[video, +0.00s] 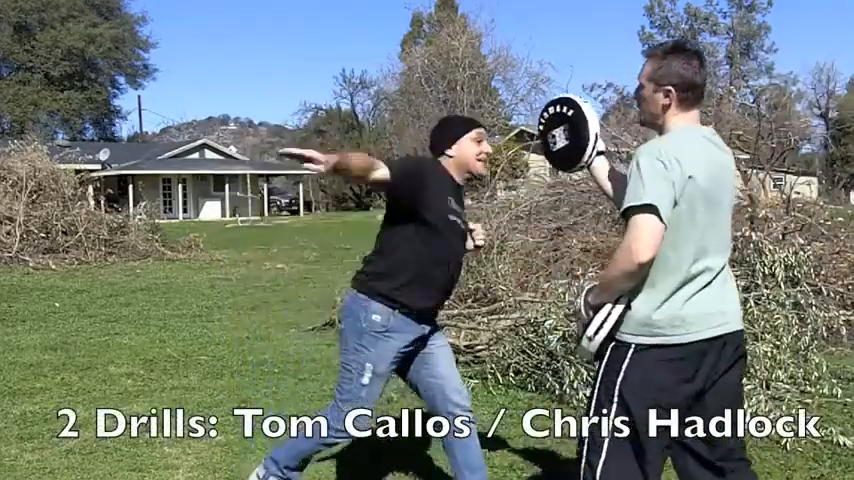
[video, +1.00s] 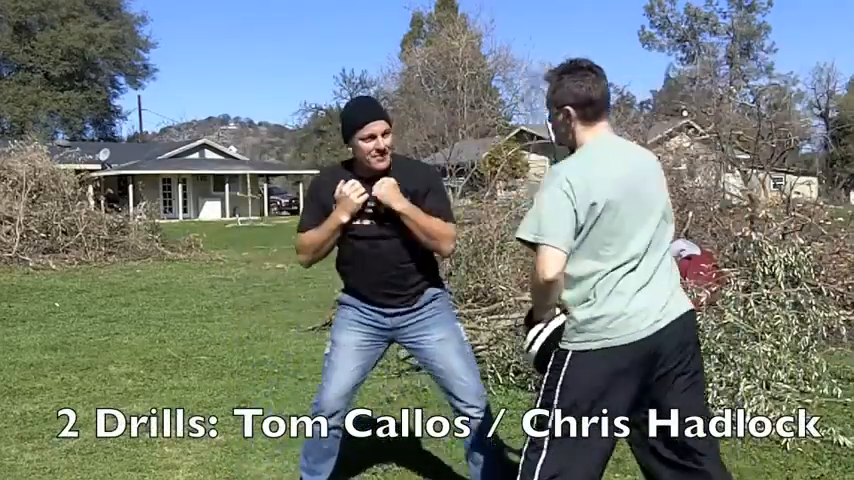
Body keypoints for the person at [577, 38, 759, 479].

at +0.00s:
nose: (635, 96)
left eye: (641, 86)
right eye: (638, 86)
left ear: (667, 95)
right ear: (687, 94)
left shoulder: (654, 155)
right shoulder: (717, 151)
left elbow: (639, 253)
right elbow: (643, 204)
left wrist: (595, 295)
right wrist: (594, 156)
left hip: (653, 340)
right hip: (720, 333)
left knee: (614, 462)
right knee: (720, 459)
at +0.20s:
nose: (649, 104)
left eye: (654, 95)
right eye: (651, 93)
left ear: (676, 105)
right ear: (707, 107)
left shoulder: (637, 157)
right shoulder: (734, 172)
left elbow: (597, 244)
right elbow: (737, 249)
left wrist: (577, 299)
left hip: (629, 342)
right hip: (710, 344)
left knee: (579, 460)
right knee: (720, 463)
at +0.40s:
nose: (605, 125)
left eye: (607, 116)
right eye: (607, 116)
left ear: (619, 119)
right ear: (664, 121)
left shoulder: (585, 177)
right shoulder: (698, 184)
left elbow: (539, 252)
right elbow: (739, 275)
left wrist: (553, 310)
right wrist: (784, 344)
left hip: (595, 355)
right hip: (683, 356)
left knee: (554, 463)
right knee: (715, 468)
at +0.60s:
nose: (517, 125)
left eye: (518, 116)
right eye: (516, 115)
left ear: (532, 120)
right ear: (573, 110)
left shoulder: (536, 175)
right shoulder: (616, 159)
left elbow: (544, 264)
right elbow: (675, 188)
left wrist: (527, 311)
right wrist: (714, 185)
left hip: (586, 338)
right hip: (654, 324)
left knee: (542, 463)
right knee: (681, 450)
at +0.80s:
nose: (493, 131)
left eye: (494, 122)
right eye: (494, 122)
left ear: (507, 126)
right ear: (545, 115)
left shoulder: (535, 183)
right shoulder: (572, 155)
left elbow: (559, 278)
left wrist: (532, 316)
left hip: (591, 334)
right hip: (645, 311)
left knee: (544, 460)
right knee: (677, 441)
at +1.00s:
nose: (550, 124)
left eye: (550, 114)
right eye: (549, 114)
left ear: (567, 116)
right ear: (606, 107)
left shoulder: (568, 177)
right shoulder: (645, 160)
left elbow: (549, 273)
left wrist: (541, 311)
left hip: (599, 346)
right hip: (672, 329)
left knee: (556, 465)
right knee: (690, 456)